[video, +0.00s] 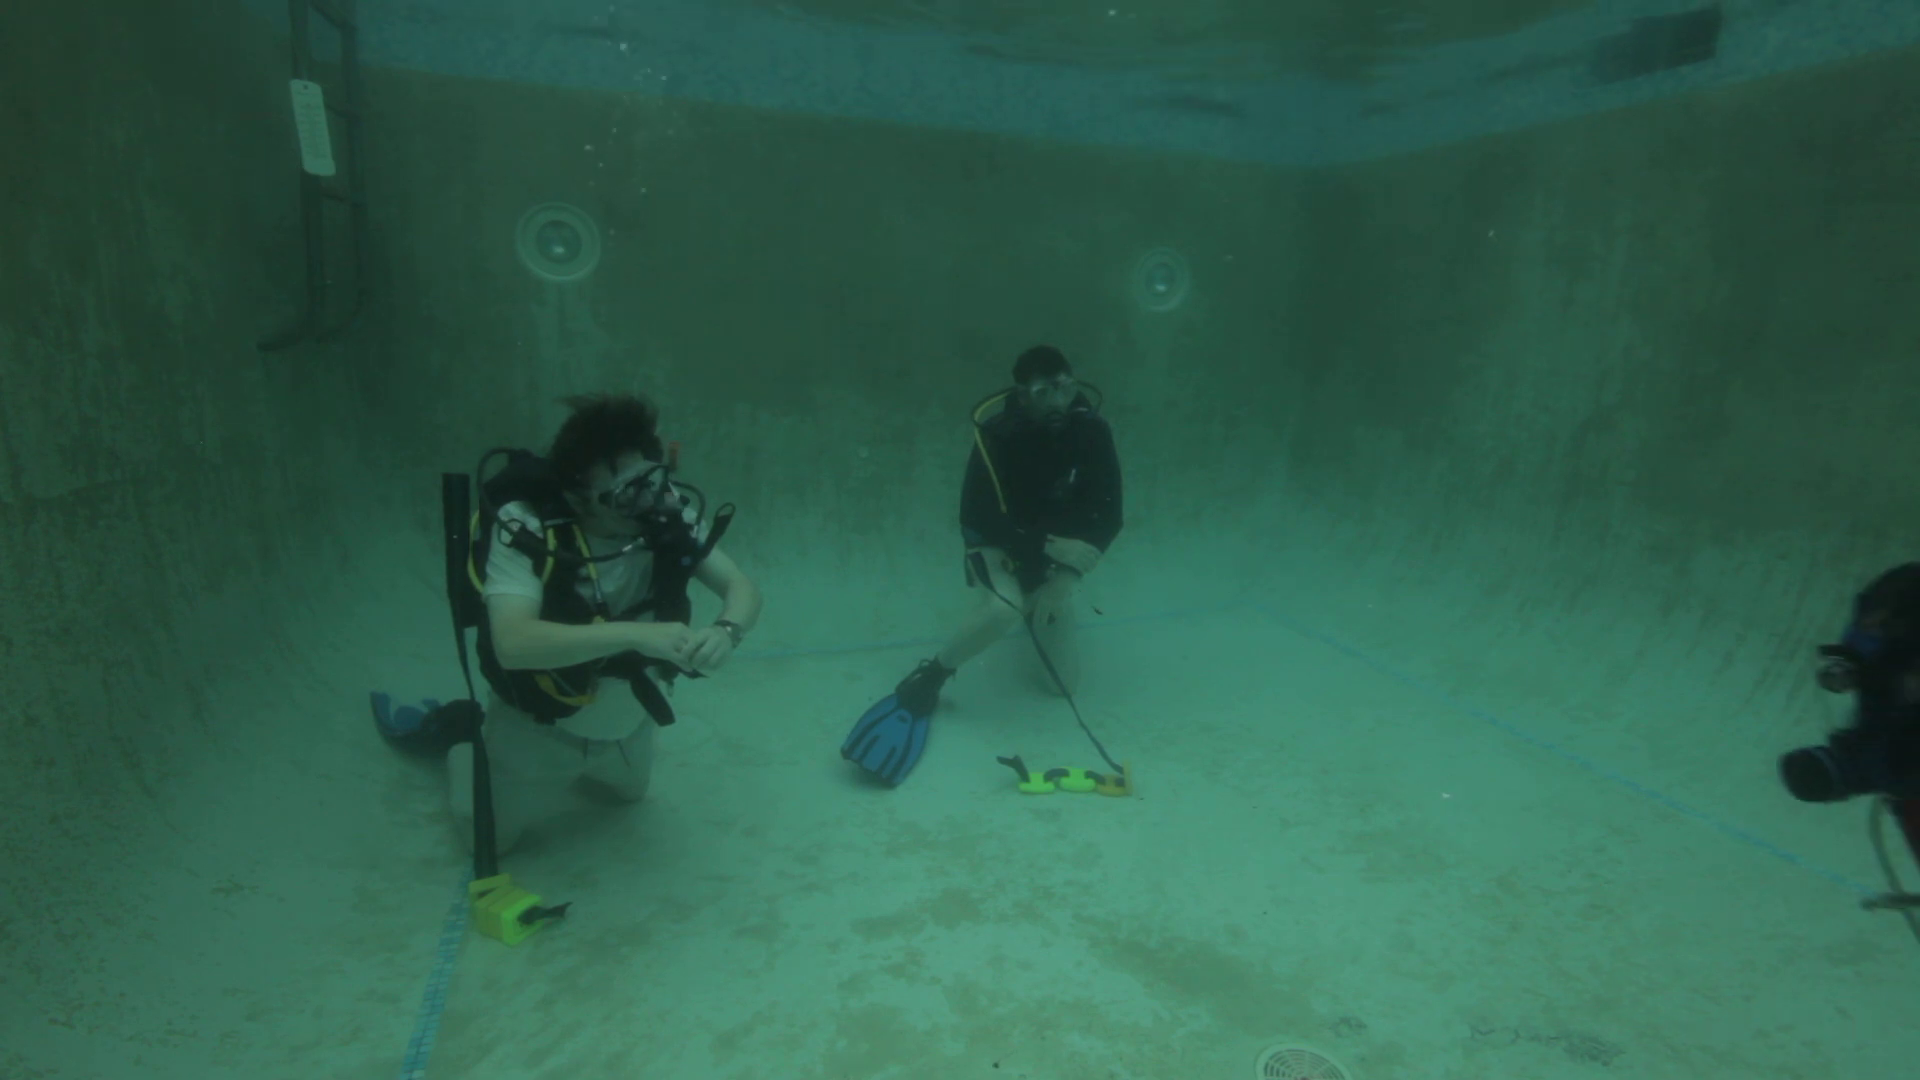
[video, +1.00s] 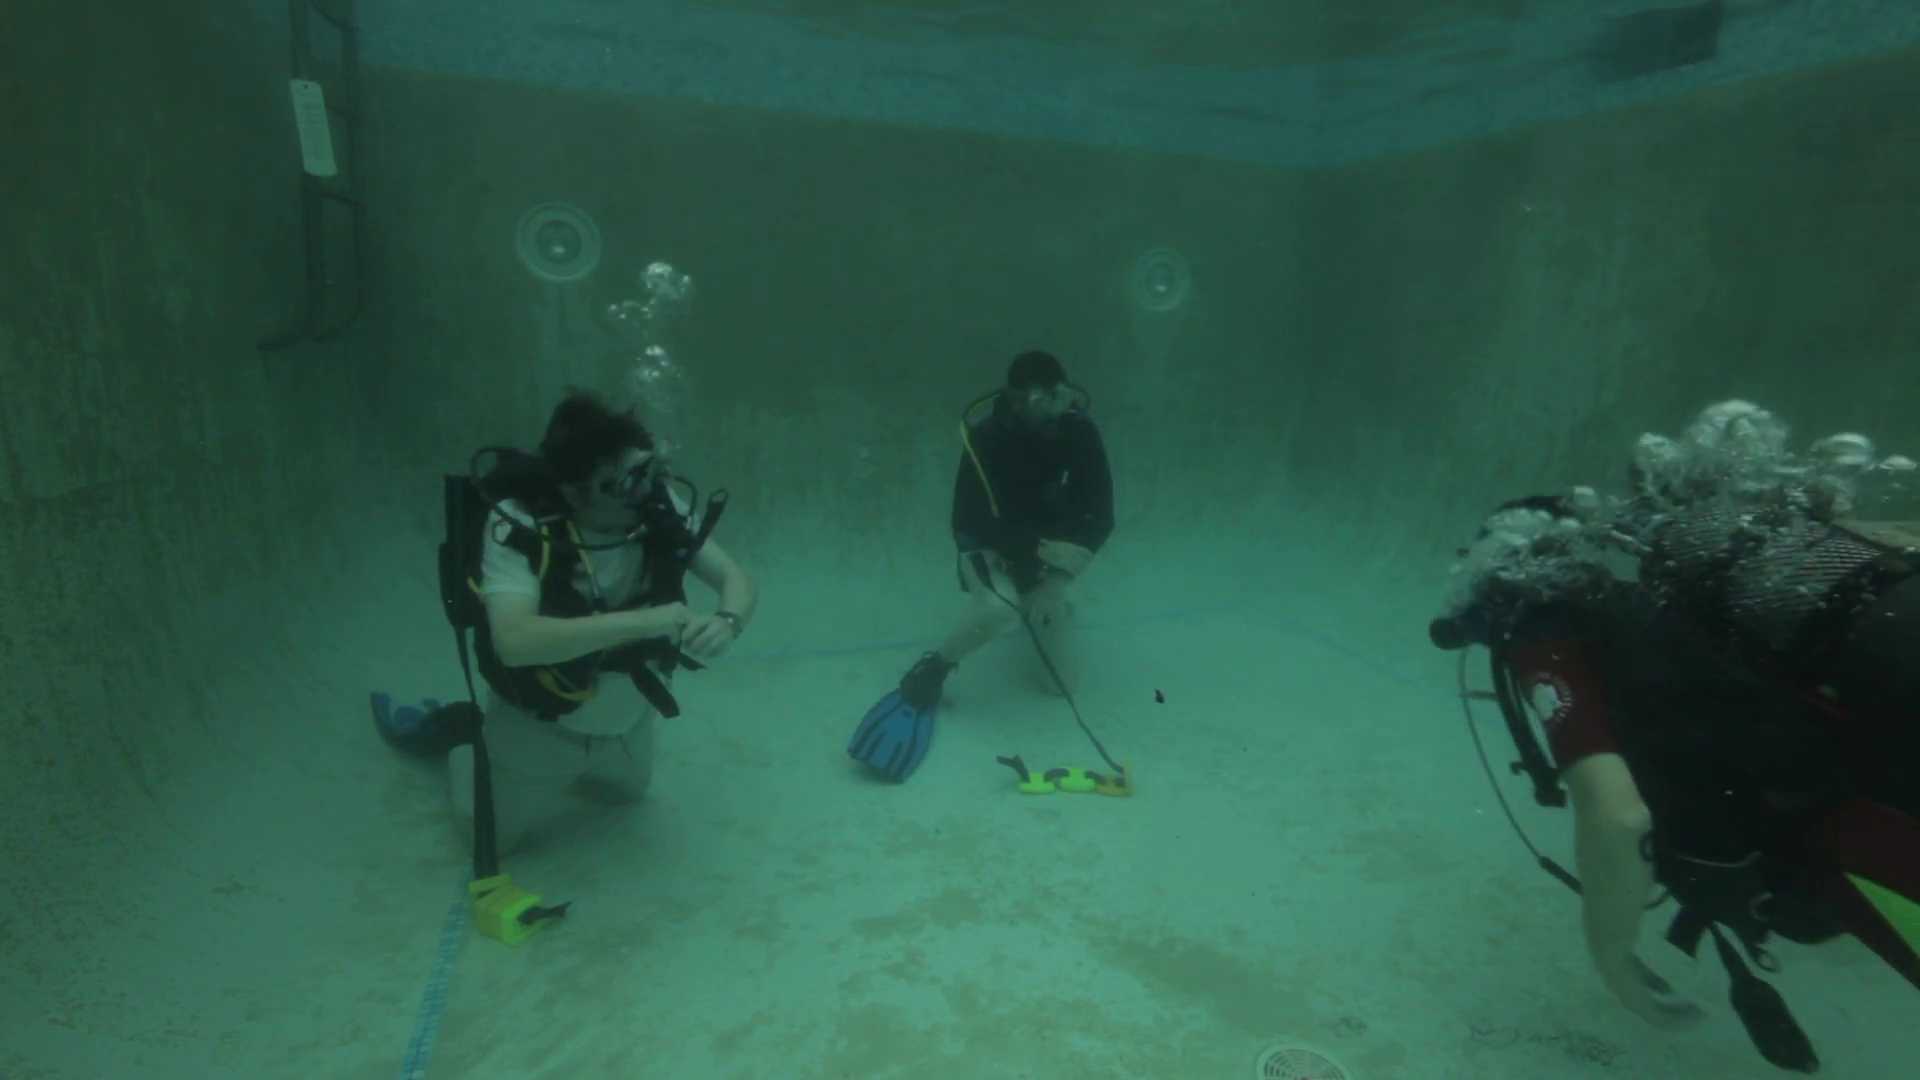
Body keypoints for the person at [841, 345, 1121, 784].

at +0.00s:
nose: (1058, 400)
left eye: (1064, 388)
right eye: (1046, 390)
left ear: (1074, 386)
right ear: (1023, 393)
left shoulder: (1091, 430)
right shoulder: (998, 430)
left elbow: (1109, 512)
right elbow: (979, 515)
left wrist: (1064, 579)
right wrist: (1051, 546)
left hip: (1059, 546)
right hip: (1000, 539)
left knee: (1062, 680)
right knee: (1004, 608)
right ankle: (930, 677)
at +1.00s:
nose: (1051, 408)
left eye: (1056, 397)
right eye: (1040, 399)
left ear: (1065, 394)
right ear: (1016, 399)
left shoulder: (1080, 432)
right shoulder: (989, 435)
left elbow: (1100, 514)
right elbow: (972, 519)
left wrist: (1059, 582)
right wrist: (1039, 550)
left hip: (1055, 547)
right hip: (993, 542)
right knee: (1000, 606)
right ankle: (930, 672)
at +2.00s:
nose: (1035, 412)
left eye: (1041, 399)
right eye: (1024, 402)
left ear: (1051, 394)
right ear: (1002, 401)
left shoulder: (1067, 433)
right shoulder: (976, 439)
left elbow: (1089, 515)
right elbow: (969, 524)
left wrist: (1050, 582)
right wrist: (1034, 551)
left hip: (1046, 550)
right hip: (985, 546)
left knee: (1061, 677)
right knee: (994, 608)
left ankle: (1044, 605)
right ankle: (933, 672)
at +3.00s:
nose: (1025, 406)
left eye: (1030, 394)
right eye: (1013, 397)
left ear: (1040, 391)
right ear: (990, 399)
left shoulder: (1056, 431)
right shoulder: (966, 439)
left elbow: (1081, 510)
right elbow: (954, 522)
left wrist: (1045, 574)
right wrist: (1023, 547)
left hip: (1034, 554)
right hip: (974, 548)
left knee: (1061, 681)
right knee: (987, 606)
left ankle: (1040, 607)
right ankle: (929, 676)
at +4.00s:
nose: (1014, 405)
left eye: (1022, 395)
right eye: (1004, 395)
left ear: (1035, 393)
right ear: (985, 396)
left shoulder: (1052, 431)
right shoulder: (964, 438)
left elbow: (1078, 510)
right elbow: (946, 519)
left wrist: (1046, 570)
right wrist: (1018, 533)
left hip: (1030, 557)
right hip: (968, 551)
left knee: (1053, 680)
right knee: (992, 600)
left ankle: (1034, 606)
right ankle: (930, 675)